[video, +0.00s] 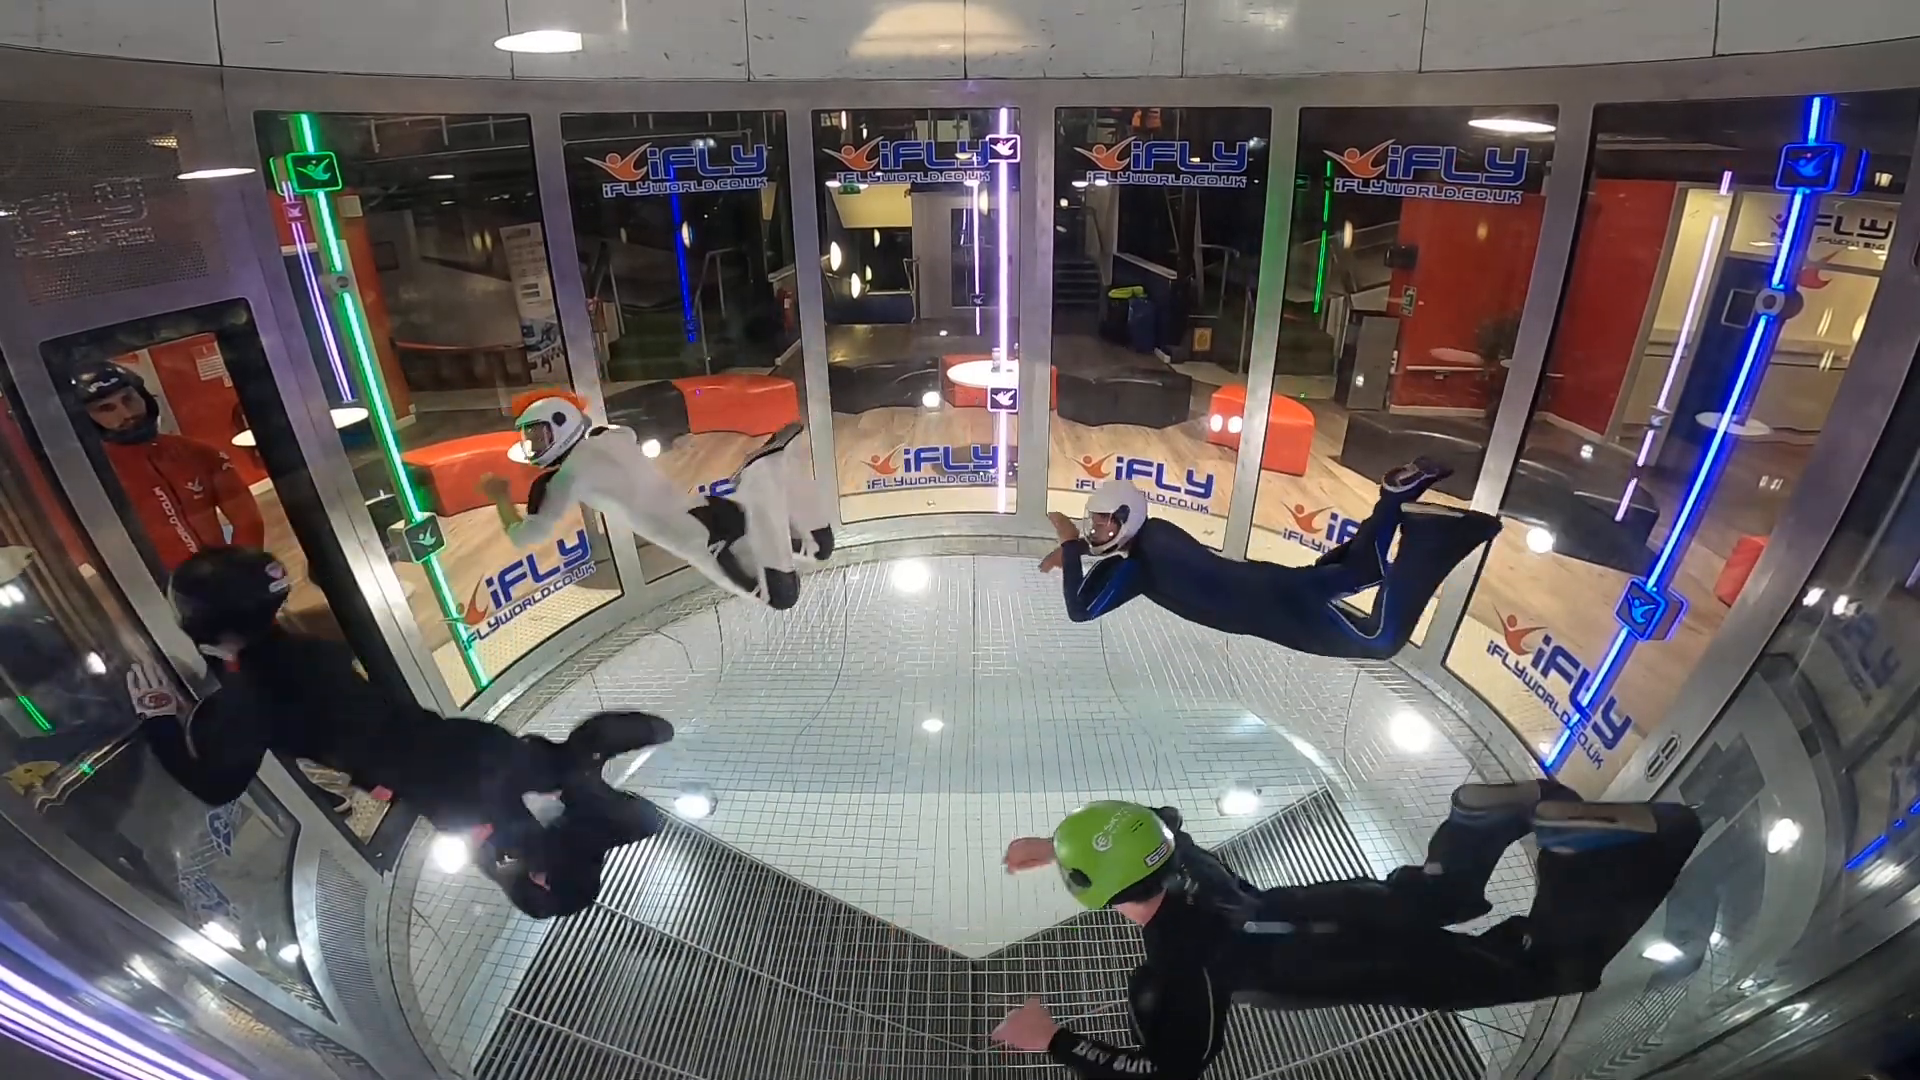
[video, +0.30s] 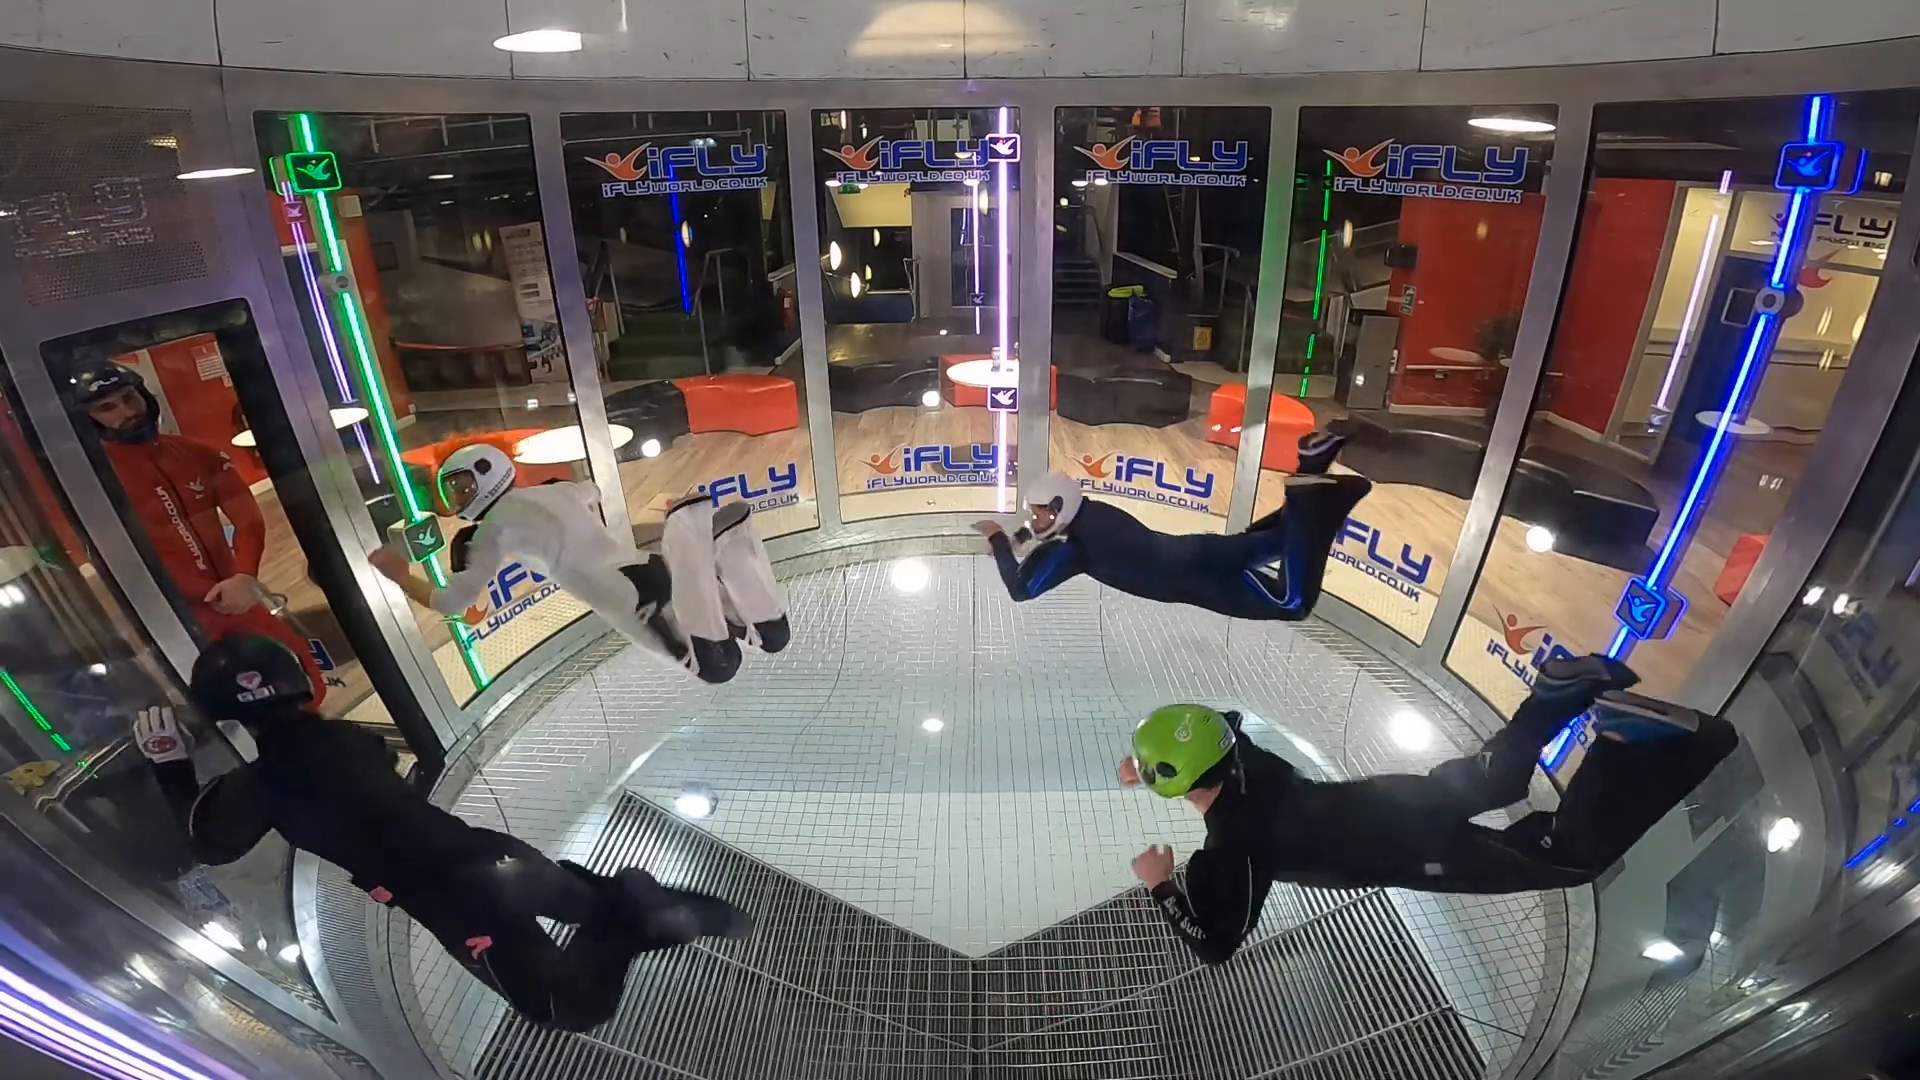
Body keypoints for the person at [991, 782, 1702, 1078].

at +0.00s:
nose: (1113, 908)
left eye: (1112, 902)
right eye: (1110, 895)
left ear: (1130, 903)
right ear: (1151, 860)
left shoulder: (1175, 961)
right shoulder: (1185, 860)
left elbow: (1169, 1067)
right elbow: (1136, 831)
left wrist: (1059, 1041)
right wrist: (1063, 848)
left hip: (1391, 963)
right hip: (1375, 896)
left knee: (1540, 969)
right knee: (1455, 892)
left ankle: (1606, 863)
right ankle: (1494, 812)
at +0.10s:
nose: (1127, 864)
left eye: (1130, 857)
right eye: (1128, 849)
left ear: (1158, 862)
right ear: (1180, 819)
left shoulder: (1200, 919)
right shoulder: (1207, 824)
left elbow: (1194, 1034)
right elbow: (1162, 817)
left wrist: (1104, 992)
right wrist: (1099, 834)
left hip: (1413, 918)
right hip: (1393, 861)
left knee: (1567, 926)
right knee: (1468, 846)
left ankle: (1624, 809)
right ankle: (1533, 769)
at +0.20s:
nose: (1144, 820)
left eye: (1147, 814)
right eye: (1142, 807)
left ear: (1175, 820)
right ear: (1199, 786)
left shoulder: (1216, 879)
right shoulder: (1225, 788)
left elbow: (1216, 988)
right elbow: (1183, 775)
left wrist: (1143, 942)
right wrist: (1130, 798)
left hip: (1413, 887)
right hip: (1395, 829)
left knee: (1567, 891)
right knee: (1483, 811)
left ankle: (1629, 780)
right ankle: (1546, 728)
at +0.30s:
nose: (1168, 790)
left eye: (1170, 782)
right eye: (1161, 778)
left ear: (1194, 787)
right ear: (1219, 752)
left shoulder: (1230, 846)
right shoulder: (1247, 756)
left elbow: (1216, 946)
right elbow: (1213, 739)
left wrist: (1168, 888)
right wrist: (1157, 762)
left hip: (1411, 853)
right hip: (1401, 794)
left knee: (1566, 854)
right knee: (1498, 774)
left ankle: (1642, 750)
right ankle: (1565, 687)